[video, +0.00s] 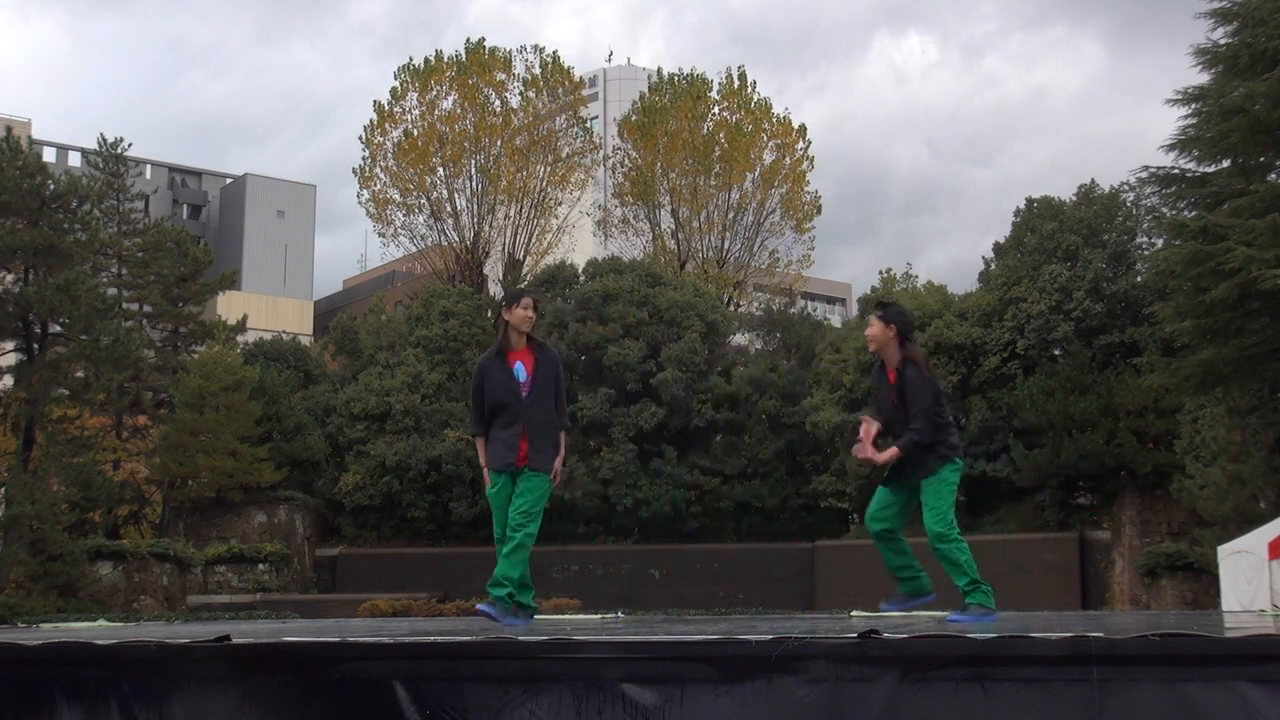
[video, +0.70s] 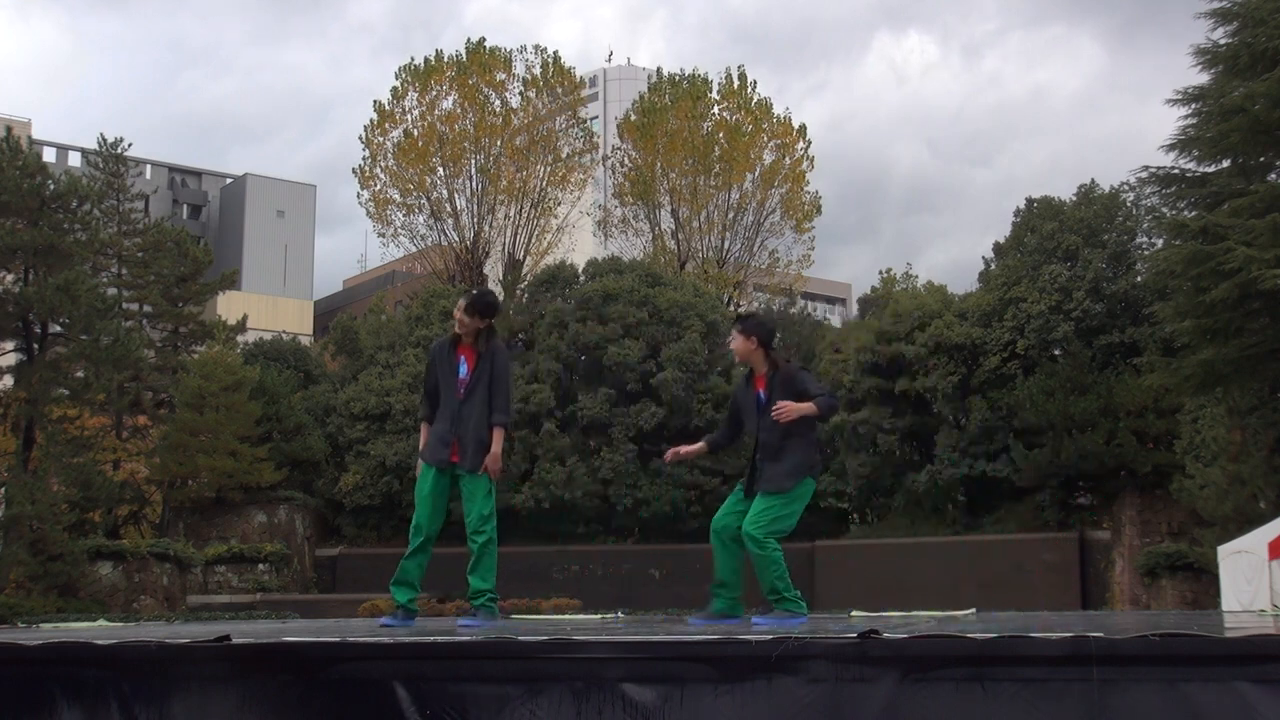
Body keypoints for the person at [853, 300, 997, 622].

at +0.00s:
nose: (866, 331)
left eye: (872, 325)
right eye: (868, 325)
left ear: (891, 331)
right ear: (885, 331)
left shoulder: (914, 371)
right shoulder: (881, 371)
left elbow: (922, 429)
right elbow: (885, 414)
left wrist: (884, 456)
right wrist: (874, 425)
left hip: (939, 460)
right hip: (907, 461)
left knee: (939, 529)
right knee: (879, 522)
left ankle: (980, 600)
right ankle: (916, 588)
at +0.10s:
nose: (844, 329)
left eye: (849, 323)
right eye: (845, 323)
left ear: (866, 327)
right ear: (866, 327)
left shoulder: (889, 364)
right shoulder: (866, 367)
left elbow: (899, 418)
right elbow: (879, 415)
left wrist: (860, 439)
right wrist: (861, 412)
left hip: (918, 463)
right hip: (889, 467)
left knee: (934, 534)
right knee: (857, 526)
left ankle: (979, 602)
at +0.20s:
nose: (822, 330)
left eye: (826, 323)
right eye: (823, 324)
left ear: (844, 326)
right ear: (844, 328)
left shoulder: (874, 363)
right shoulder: (841, 374)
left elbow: (881, 408)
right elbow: (850, 422)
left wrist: (837, 416)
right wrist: (828, 426)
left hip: (890, 461)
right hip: (858, 467)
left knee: (899, 528)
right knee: (839, 534)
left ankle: (967, 590)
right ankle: (865, 605)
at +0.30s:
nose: (800, 326)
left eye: (804, 319)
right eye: (802, 319)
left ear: (821, 324)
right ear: (821, 324)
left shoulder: (854, 358)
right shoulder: (822, 370)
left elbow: (870, 402)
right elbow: (828, 424)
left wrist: (825, 408)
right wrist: (812, 420)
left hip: (871, 458)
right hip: (840, 465)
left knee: (848, 523)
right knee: (830, 537)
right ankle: (864, 604)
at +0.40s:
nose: (779, 325)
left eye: (783, 318)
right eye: (780, 318)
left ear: (800, 323)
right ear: (801, 324)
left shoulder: (834, 355)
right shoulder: (800, 366)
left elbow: (865, 390)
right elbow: (796, 422)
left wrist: (826, 399)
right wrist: (795, 418)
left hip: (851, 453)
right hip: (830, 456)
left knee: (806, 511)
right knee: (839, 531)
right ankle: (866, 602)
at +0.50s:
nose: (763, 328)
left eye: (767, 322)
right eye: (764, 322)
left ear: (785, 326)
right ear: (784, 327)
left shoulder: (817, 361)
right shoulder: (777, 372)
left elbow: (859, 393)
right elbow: (785, 421)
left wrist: (831, 394)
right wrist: (772, 422)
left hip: (827, 457)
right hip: (806, 460)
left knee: (782, 523)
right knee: (815, 541)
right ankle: (861, 598)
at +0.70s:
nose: (730, 344)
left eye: (735, 338)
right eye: (731, 338)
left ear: (754, 342)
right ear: (752, 343)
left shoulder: (790, 375)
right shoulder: (745, 387)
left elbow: (830, 402)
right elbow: (729, 433)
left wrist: (802, 408)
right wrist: (693, 449)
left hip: (794, 474)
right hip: (760, 474)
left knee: (756, 530)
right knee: (723, 526)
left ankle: (789, 608)